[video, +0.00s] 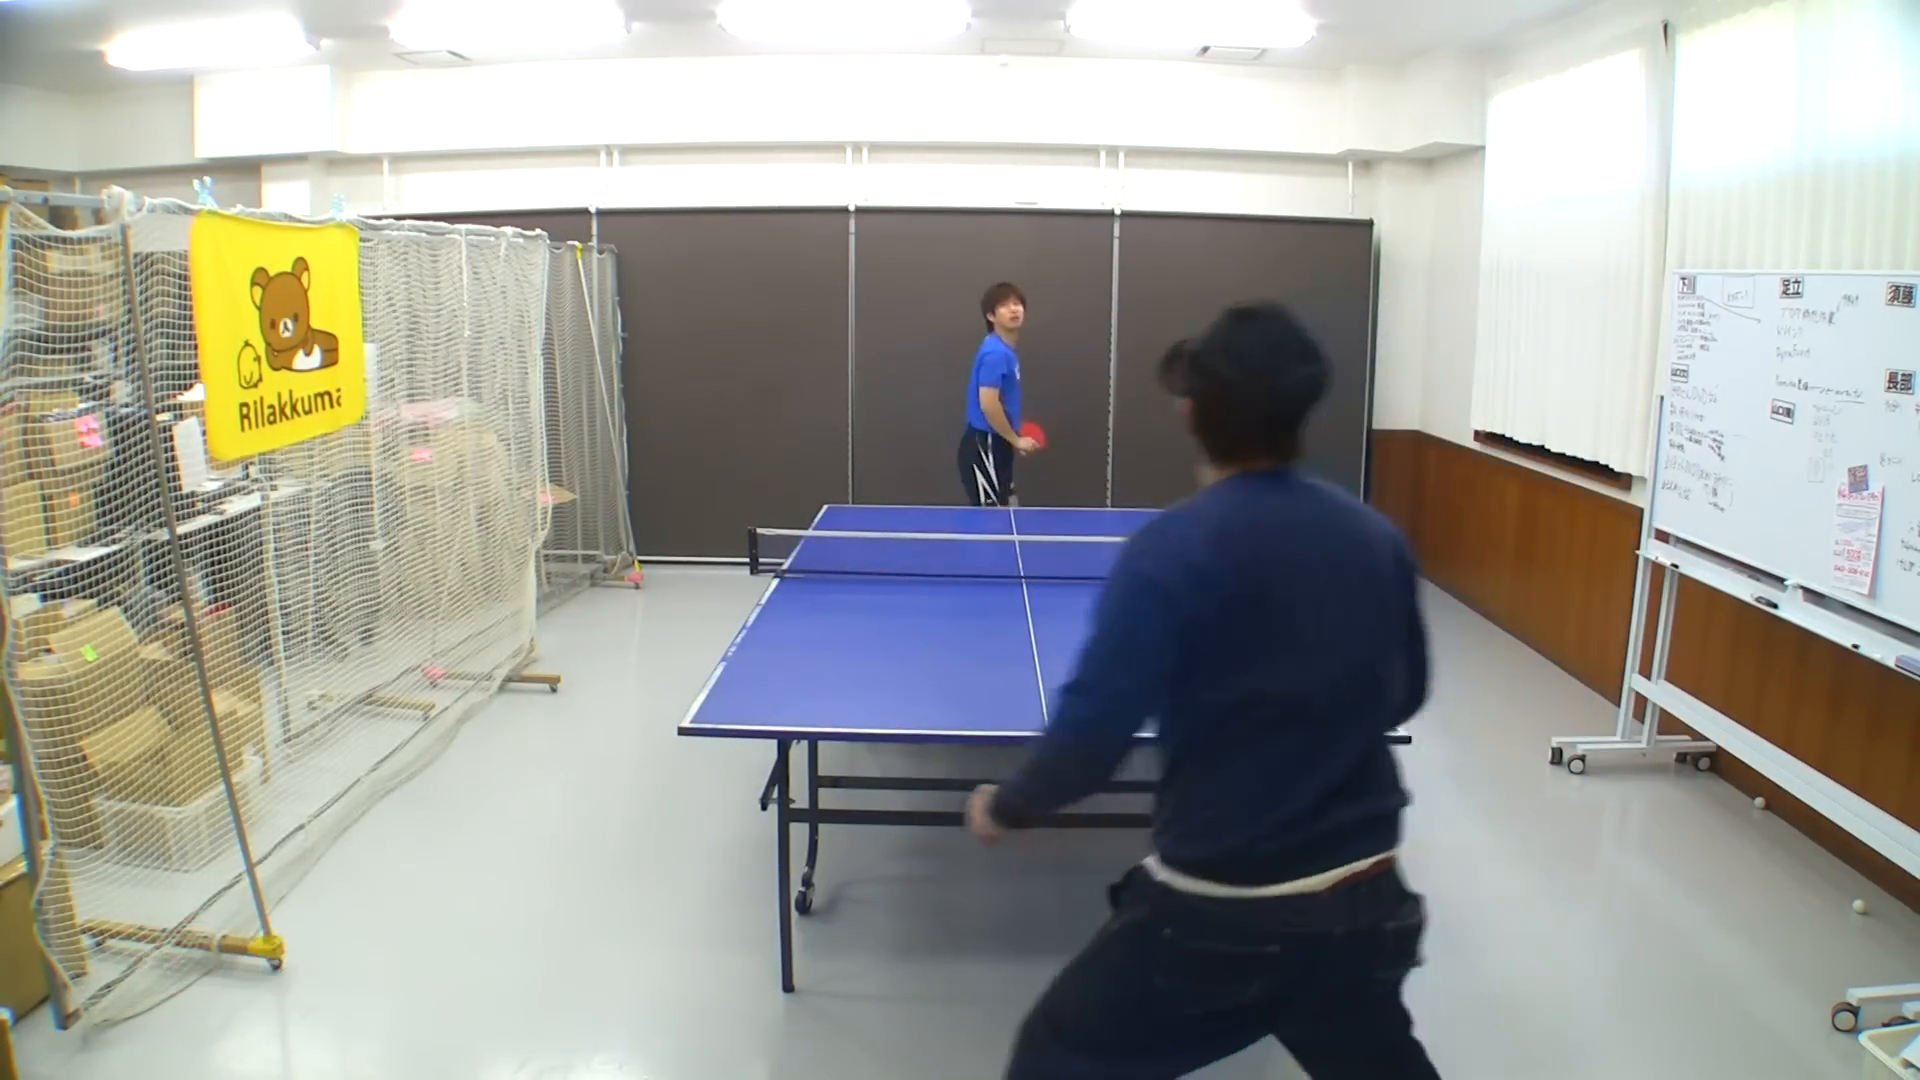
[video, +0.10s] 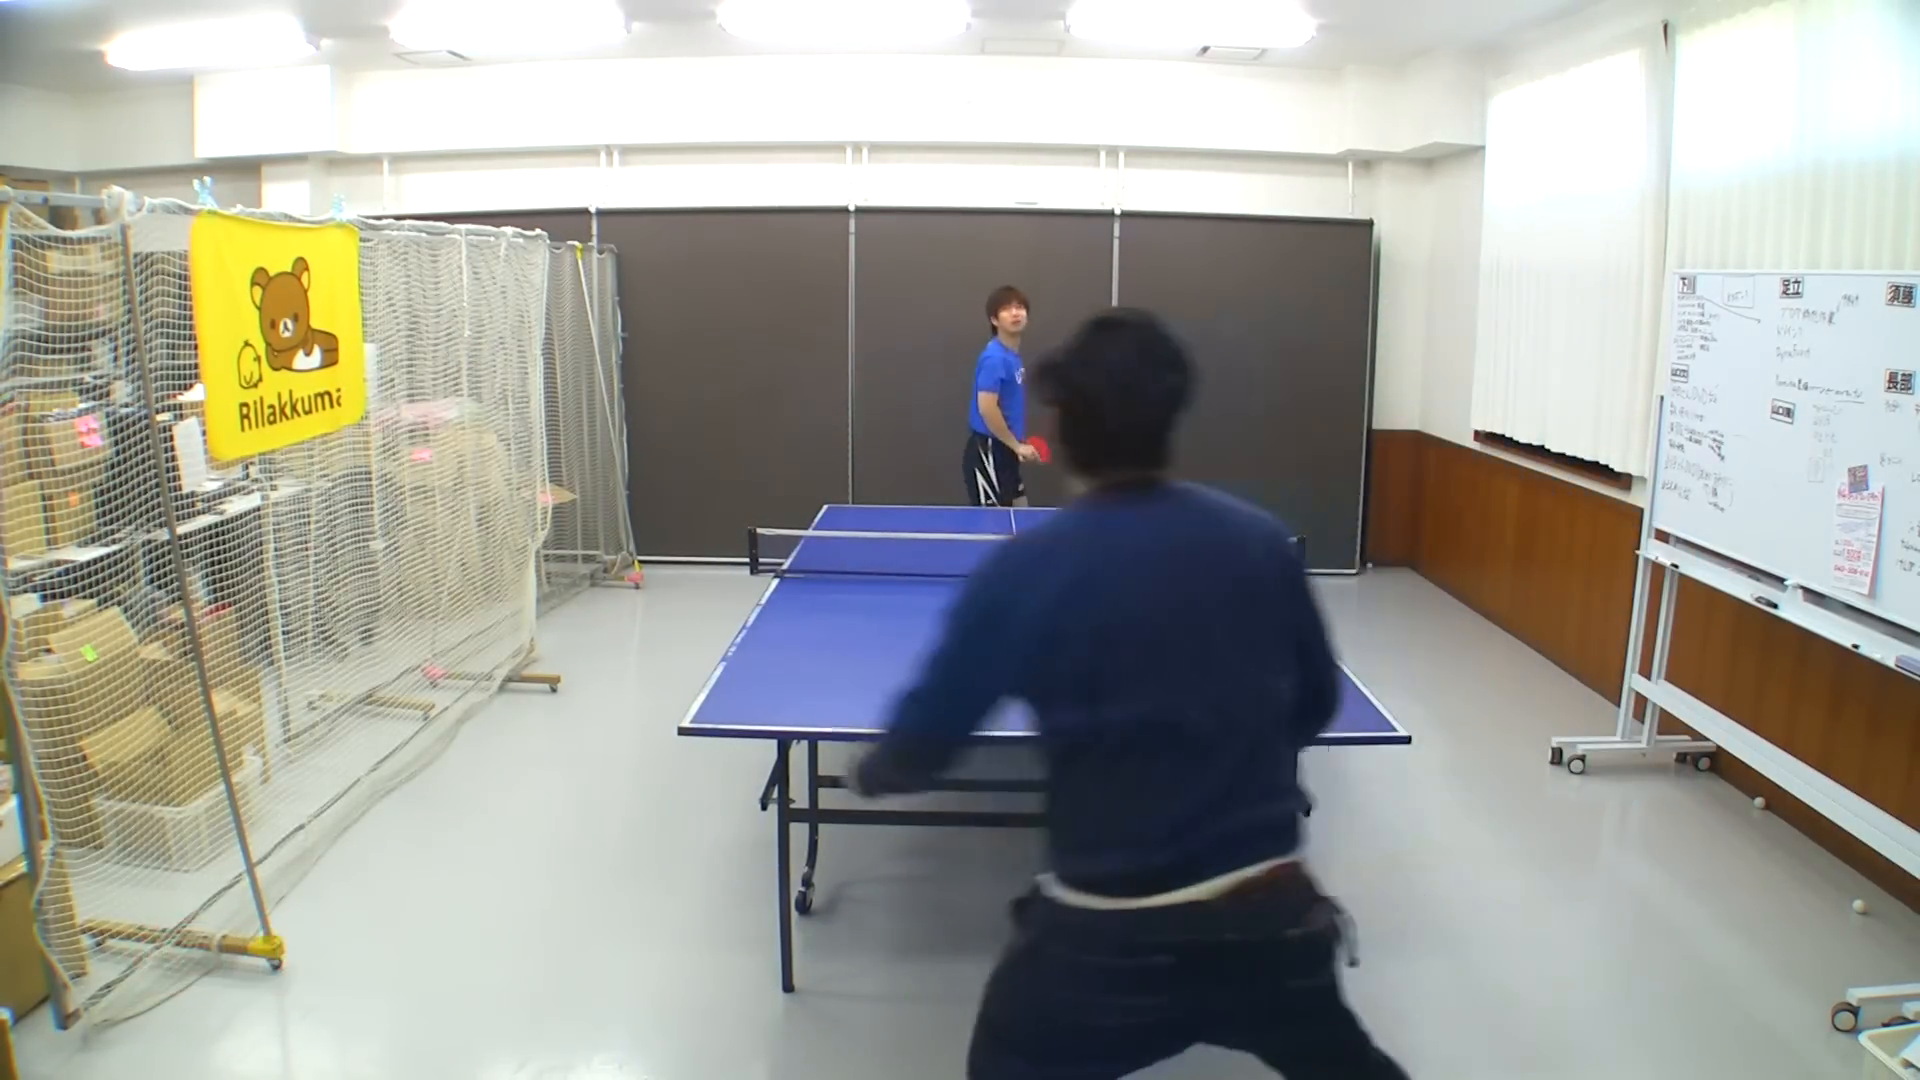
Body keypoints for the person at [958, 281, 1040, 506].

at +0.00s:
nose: (1014, 309)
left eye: (1017, 303)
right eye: (1005, 305)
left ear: (1024, 309)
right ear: (991, 316)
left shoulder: (1006, 351)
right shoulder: (995, 354)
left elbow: (1001, 399)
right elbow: (988, 403)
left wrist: (1017, 437)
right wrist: (1016, 440)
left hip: (996, 442)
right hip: (984, 443)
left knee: (1001, 515)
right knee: (995, 519)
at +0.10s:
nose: (1016, 313)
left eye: (1020, 307)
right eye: (1007, 309)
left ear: (1027, 314)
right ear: (994, 320)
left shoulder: (1012, 356)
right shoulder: (994, 358)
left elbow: (1008, 405)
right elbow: (987, 406)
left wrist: (1021, 444)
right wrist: (1016, 445)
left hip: (1004, 447)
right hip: (988, 446)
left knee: (1020, 515)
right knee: (994, 521)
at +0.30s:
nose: (1027, 319)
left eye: (1033, 312)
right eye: (1020, 314)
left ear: (1041, 318)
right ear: (1010, 322)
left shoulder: (1044, 354)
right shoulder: (1001, 360)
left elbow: (1053, 395)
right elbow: (975, 402)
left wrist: (1073, 441)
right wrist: (1010, 433)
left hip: (1032, 445)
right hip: (1005, 447)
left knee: (1030, 509)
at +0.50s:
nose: (1039, 319)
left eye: (1045, 313)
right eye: (1032, 314)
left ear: (1057, 319)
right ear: (1025, 324)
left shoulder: (1075, 352)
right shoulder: (1013, 366)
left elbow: (1087, 390)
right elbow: (992, 407)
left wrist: (1095, 427)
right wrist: (1023, 428)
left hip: (1064, 444)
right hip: (1030, 445)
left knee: (1062, 512)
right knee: (1037, 511)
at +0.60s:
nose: (1054, 335)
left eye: (1060, 328)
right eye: (1048, 329)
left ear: (1071, 334)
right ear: (1040, 337)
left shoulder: (1088, 366)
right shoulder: (1026, 378)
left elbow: (1106, 399)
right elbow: (1009, 421)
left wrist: (1112, 435)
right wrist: (1040, 436)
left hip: (1078, 461)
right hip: (1041, 461)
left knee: (1095, 523)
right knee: (1038, 523)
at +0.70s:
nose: (1075, 347)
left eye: (1081, 341)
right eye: (1069, 341)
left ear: (1092, 348)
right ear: (1060, 349)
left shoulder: (1106, 379)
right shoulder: (1044, 387)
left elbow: (1133, 410)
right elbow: (1028, 429)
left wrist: (1133, 441)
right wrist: (1055, 442)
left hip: (1094, 469)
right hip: (1056, 470)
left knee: (1128, 517)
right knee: (1044, 525)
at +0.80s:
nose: (1099, 350)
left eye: (1106, 344)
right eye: (1093, 344)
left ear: (1117, 352)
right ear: (1085, 351)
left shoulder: (1133, 382)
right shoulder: (1069, 389)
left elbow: (1162, 417)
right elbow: (1055, 425)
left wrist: (1149, 443)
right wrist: (1069, 440)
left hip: (1120, 471)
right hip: (1080, 470)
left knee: (1154, 520)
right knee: (1056, 521)